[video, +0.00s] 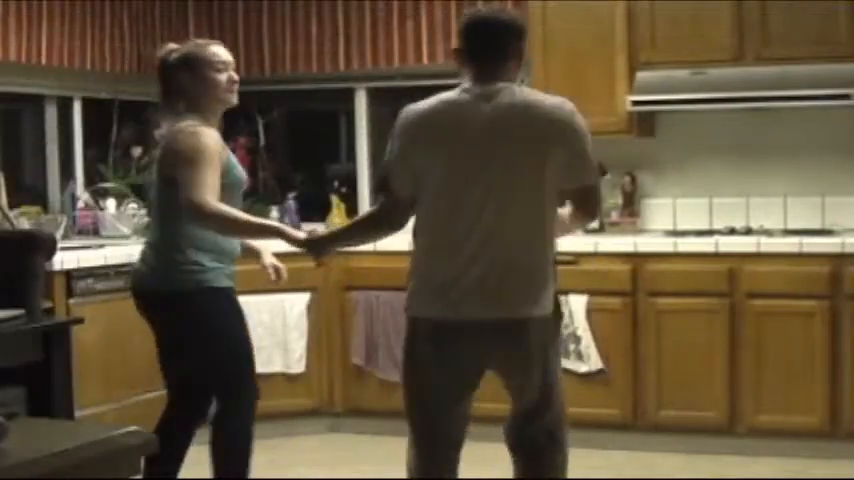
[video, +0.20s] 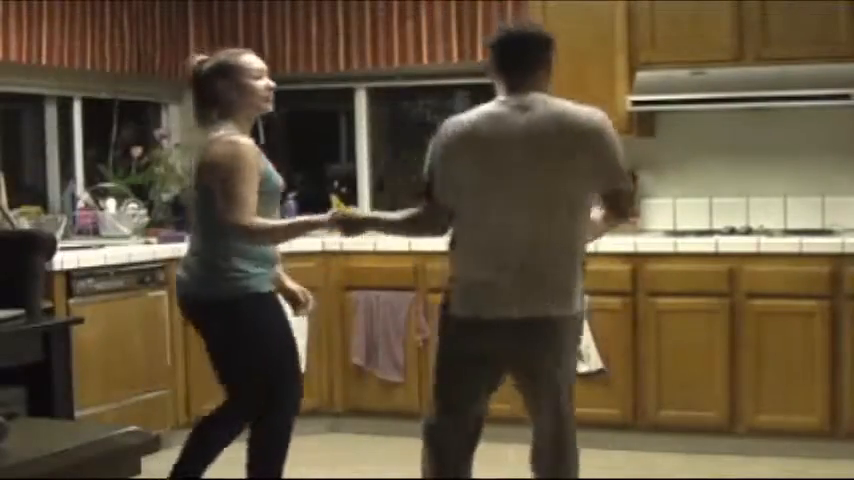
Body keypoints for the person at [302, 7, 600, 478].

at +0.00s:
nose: (517, 62)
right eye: (519, 55)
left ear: (460, 57)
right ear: (520, 56)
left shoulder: (419, 119)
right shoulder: (557, 116)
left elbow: (392, 214)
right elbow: (588, 209)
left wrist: (324, 241)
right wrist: (552, 221)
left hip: (440, 319)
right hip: (525, 318)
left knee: (433, 456)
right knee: (541, 439)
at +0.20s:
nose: (545, 74)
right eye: (547, 66)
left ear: (493, 70)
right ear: (548, 67)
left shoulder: (457, 132)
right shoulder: (589, 126)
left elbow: (434, 221)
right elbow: (621, 207)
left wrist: (367, 221)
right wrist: (585, 227)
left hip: (473, 318)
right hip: (551, 318)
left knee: (449, 440)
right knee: (555, 437)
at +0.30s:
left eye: (512, 69)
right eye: (568, 69)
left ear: (514, 71)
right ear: (567, 70)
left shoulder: (484, 135)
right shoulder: (609, 127)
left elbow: (453, 217)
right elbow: (637, 205)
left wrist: (390, 188)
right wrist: (599, 209)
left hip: (501, 313)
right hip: (576, 314)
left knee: (452, 418)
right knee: (567, 434)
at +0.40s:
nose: (525, 73)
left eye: (526, 66)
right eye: (586, 64)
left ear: (532, 67)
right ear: (585, 65)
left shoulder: (502, 128)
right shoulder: (625, 123)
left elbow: (469, 200)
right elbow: (651, 196)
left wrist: (422, 165)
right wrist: (623, 203)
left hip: (519, 305)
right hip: (594, 304)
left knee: (479, 409)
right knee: (580, 422)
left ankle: (496, 478)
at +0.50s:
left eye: (553, 64)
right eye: (598, 63)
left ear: (548, 65)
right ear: (600, 64)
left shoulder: (514, 125)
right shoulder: (639, 123)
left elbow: (486, 194)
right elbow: (664, 195)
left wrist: (444, 165)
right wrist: (620, 181)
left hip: (533, 300)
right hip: (606, 298)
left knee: (517, 427)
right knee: (604, 406)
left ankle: (525, 477)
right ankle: (580, 476)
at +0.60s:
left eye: (563, 71)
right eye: (614, 67)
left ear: (562, 73)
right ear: (617, 70)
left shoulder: (535, 133)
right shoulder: (657, 129)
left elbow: (505, 201)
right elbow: (678, 206)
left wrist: (460, 186)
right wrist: (632, 173)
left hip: (553, 302)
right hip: (625, 301)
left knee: (529, 422)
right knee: (626, 416)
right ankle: (626, 478)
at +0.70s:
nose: (567, 82)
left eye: (569, 73)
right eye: (568, 73)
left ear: (580, 77)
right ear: (629, 76)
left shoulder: (559, 138)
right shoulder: (678, 131)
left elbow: (531, 207)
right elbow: (695, 207)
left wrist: (470, 191)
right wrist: (638, 187)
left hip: (582, 313)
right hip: (655, 310)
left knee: (511, 397)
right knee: (644, 433)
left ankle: (526, 475)